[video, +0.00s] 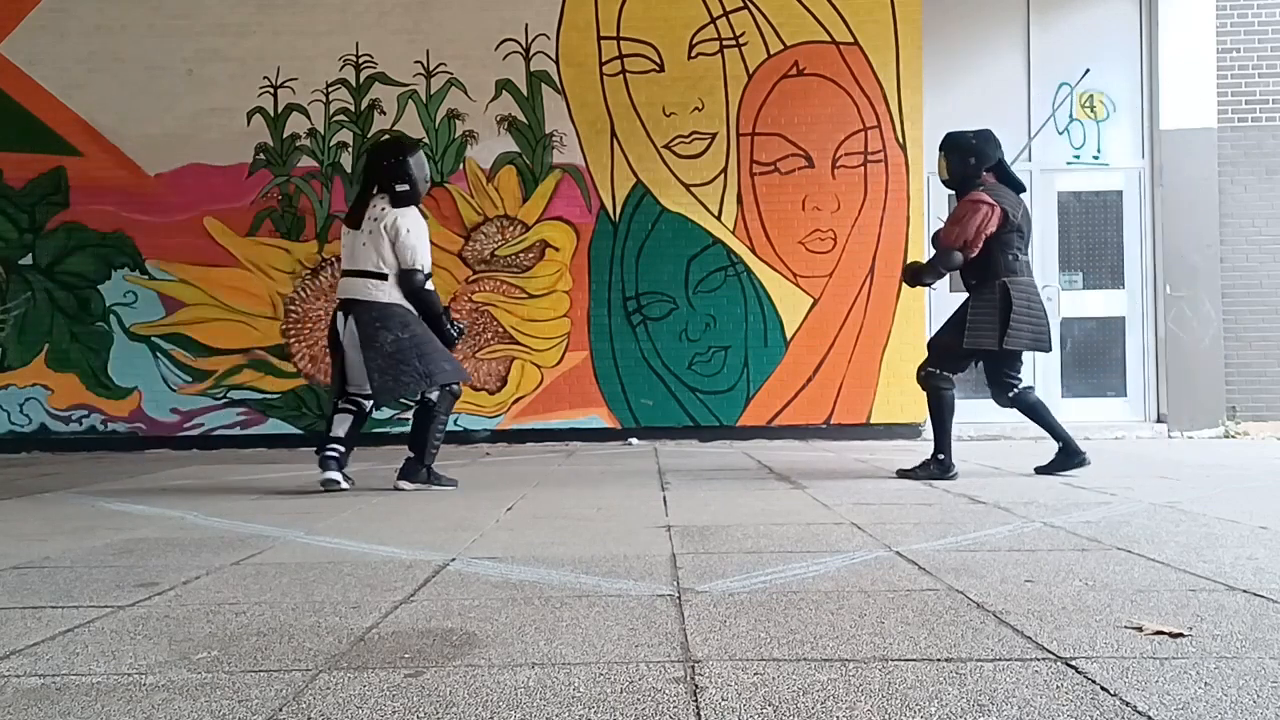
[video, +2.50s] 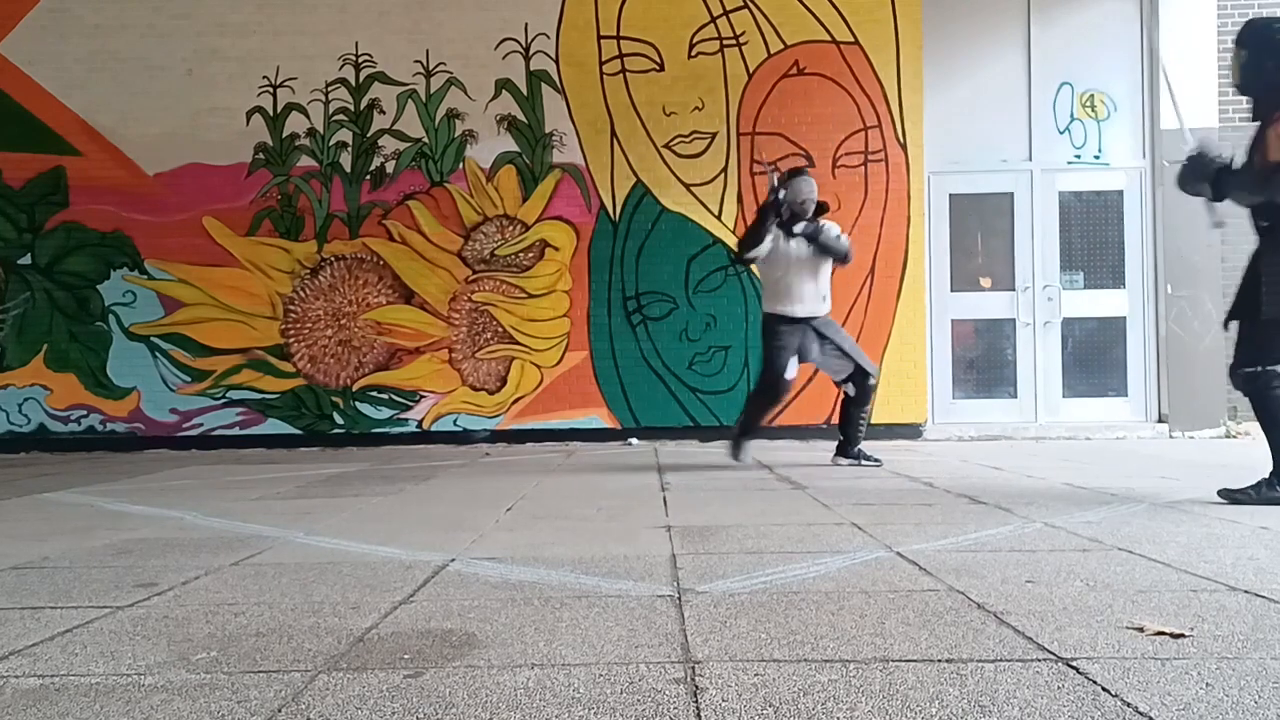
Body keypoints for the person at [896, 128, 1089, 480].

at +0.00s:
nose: (944, 169)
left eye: (950, 161)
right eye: (944, 161)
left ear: (973, 164)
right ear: (986, 165)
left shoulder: (979, 201)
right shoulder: (1008, 198)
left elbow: (949, 255)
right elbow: (977, 253)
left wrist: (922, 274)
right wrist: (933, 269)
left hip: (993, 301)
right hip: (1017, 300)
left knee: (935, 368)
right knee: (1007, 387)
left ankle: (941, 460)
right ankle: (1070, 449)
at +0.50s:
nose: (985, 178)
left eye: (990, 169)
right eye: (984, 170)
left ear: (1013, 169)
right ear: (1021, 170)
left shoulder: (1028, 208)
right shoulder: (1032, 202)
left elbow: (1010, 268)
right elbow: (1023, 257)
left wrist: (970, 283)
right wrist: (989, 251)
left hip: (1037, 303)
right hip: (1048, 301)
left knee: (988, 370)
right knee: (1052, 388)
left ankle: (1006, 458)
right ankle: (1106, 452)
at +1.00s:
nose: (992, 172)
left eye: (998, 164)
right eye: (992, 165)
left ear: (1022, 165)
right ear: (1026, 167)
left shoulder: (1034, 203)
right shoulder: (1034, 200)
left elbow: (1015, 260)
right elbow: (1026, 256)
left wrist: (975, 280)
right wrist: (994, 250)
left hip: (1048, 300)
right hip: (1056, 299)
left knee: (994, 367)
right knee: (1044, 385)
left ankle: (1004, 456)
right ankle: (1102, 447)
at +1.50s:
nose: (1017, 170)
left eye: (1027, 164)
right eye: (1018, 162)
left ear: (1052, 174)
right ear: (1019, 164)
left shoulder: (1061, 221)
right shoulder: (1014, 211)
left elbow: (1027, 280)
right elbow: (988, 269)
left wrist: (983, 306)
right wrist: (943, 294)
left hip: (1044, 309)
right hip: (1011, 306)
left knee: (984, 371)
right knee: (1017, 395)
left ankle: (981, 462)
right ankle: (1066, 428)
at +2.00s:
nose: (1117, 106)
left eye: (1124, 99)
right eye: (1120, 98)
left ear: (1146, 109)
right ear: (1160, 110)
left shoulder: (1160, 155)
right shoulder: (1166, 150)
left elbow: (1094, 179)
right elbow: (1096, 172)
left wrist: (1035, 152)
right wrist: (1054, 146)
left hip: (1150, 272)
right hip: (1152, 270)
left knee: (1107, 356)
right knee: (1109, 357)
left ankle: (1149, 456)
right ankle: (1152, 448)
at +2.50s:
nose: (1235, 66)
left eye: (1242, 55)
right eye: (1237, 55)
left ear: (1265, 61)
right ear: (1263, 62)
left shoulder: (1275, 124)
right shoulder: (1267, 123)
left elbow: (1264, 185)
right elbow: (1257, 183)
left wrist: (1216, 176)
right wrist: (1216, 176)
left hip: (1274, 262)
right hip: (1268, 260)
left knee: (1256, 369)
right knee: (1254, 369)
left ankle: (1279, 477)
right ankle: (1278, 476)